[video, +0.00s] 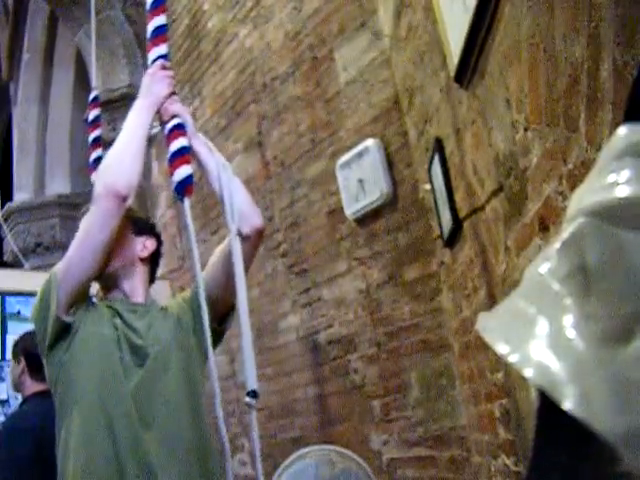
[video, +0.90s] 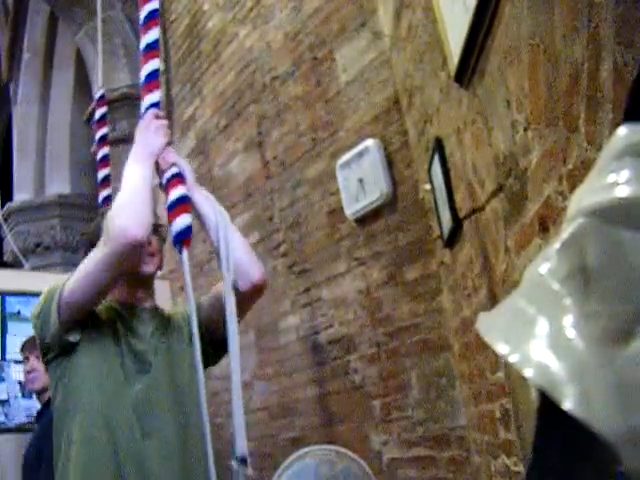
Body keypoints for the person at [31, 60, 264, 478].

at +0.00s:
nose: (101, 238)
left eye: (115, 230)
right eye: (102, 230)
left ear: (146, 245)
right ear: (88, 246)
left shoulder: (185, 320)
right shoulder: (66, 322)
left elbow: (248, 228)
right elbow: (112, 191)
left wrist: (193, 137)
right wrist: (145, 103)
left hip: (189, 470)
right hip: (92, 470)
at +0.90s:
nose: (148, 239)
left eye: (155, 231)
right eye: (137, 232)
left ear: (163, 244)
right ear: (108, 242)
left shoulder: (184, 331)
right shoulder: (65, 325)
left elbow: (251, 280)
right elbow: (126, 237)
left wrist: (193, 191)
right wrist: (142, 154)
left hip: (185, 471)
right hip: (94, 471)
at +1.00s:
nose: (153, 243)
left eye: (159, 232)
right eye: (141, 232)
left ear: (167, 243)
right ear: (96, 254)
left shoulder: (179, 332)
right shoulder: (63, 324)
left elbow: (251, 301)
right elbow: (127, 253)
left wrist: (195, 202)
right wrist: (144, 166)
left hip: (182, 471)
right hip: (93, 471)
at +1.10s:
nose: (153, 246)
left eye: (159, 235)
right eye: (136, 233)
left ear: (168, 249)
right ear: (97, 255)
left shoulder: (177, 326)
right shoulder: (58, 318)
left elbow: (252, 328)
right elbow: (127, 280)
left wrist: (200, 220)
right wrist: (149, 183)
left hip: (178, 471)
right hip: (90, 471)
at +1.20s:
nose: (152, 242)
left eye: (158, 235)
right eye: (135, 233)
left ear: (169, 251)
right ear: (104, 258)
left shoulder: (178, 334)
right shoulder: (53, 322)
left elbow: (252, 362)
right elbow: (119, 315)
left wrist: (204, 241)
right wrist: (157, 207)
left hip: (176, 472)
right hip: (85, 472)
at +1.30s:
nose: (160, 251)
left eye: (165, 241)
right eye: (143, 240)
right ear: (108, 259)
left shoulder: (180, 332)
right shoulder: (56, 321)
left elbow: (243, 402)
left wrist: (212, 280)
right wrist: (165, 243)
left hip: (175, 473)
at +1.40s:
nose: (163, 261)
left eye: (170, 248)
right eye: (148, 246)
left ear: (179, 256)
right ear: (111, 261)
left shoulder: (185, 332)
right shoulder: (60, 326)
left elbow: (237, 441)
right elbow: (86, 412)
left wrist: (217, 346)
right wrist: (170, 303)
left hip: (175, 473)